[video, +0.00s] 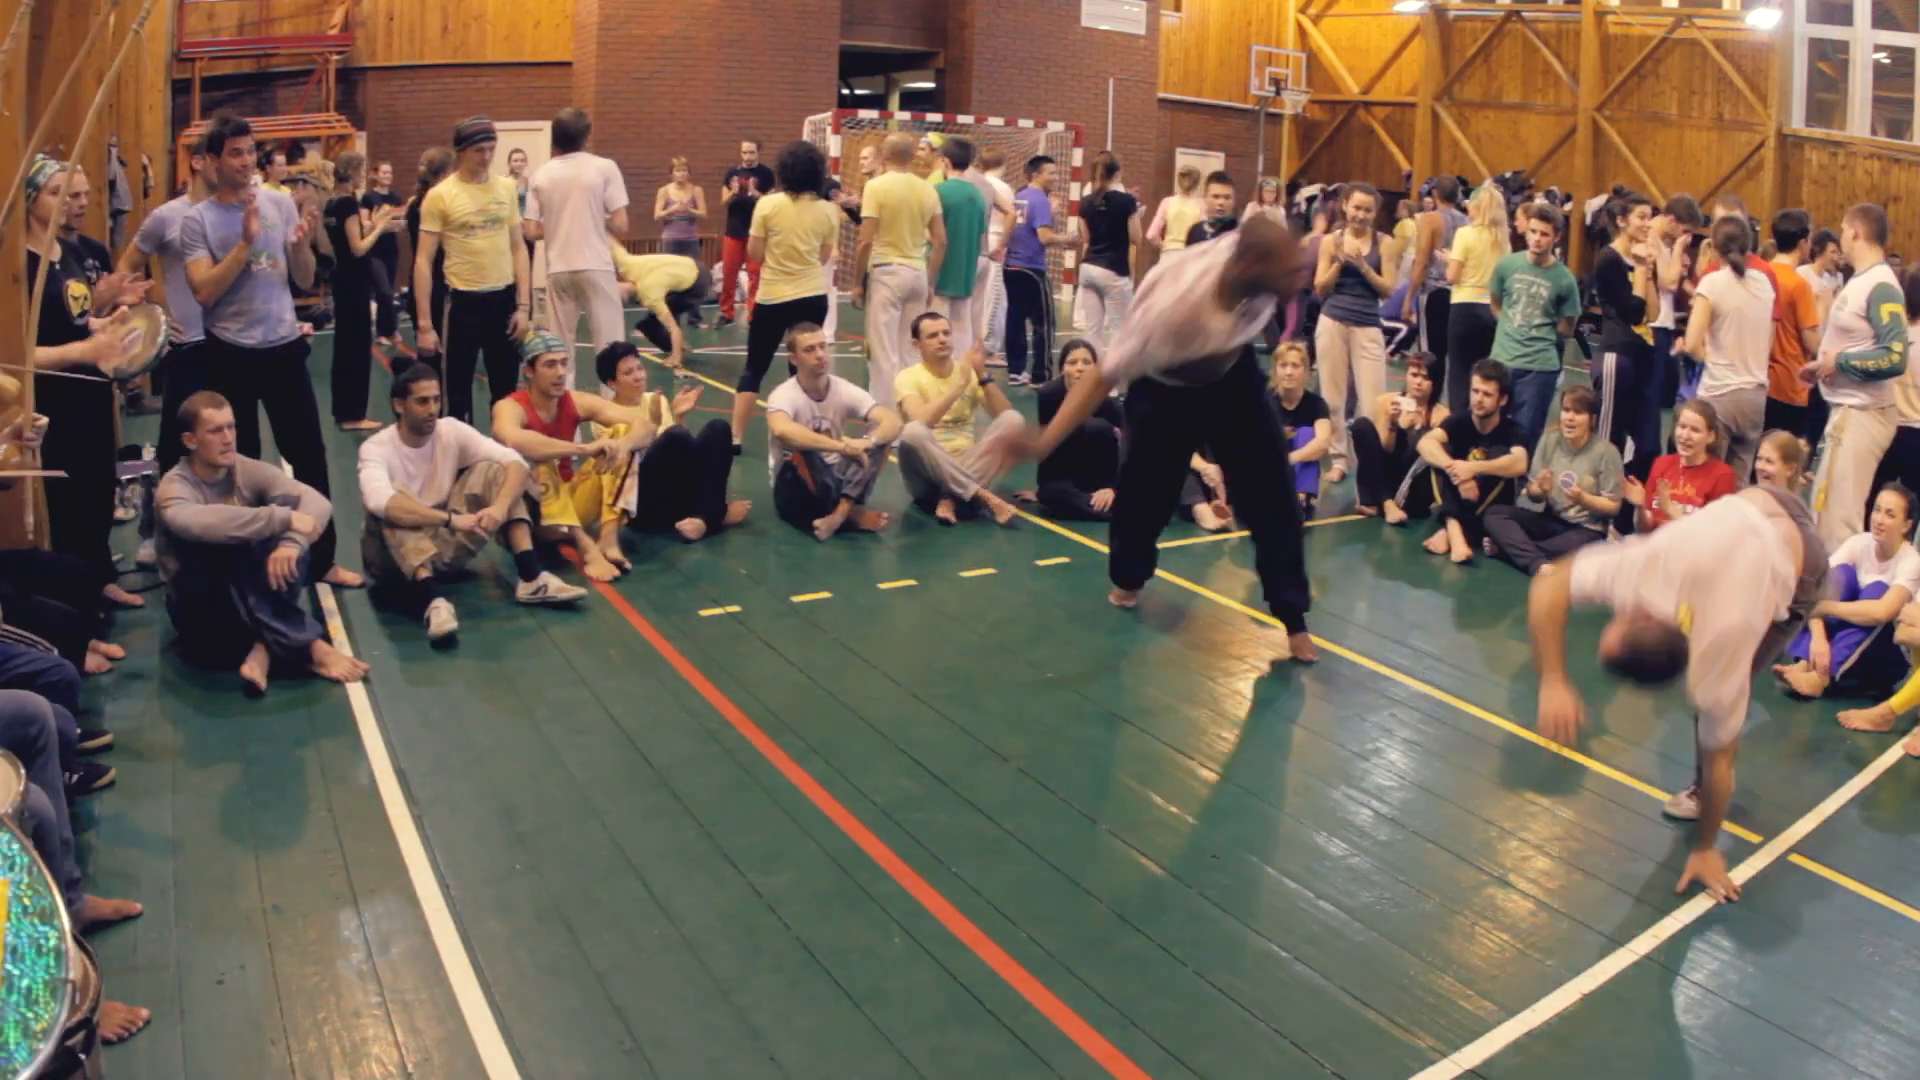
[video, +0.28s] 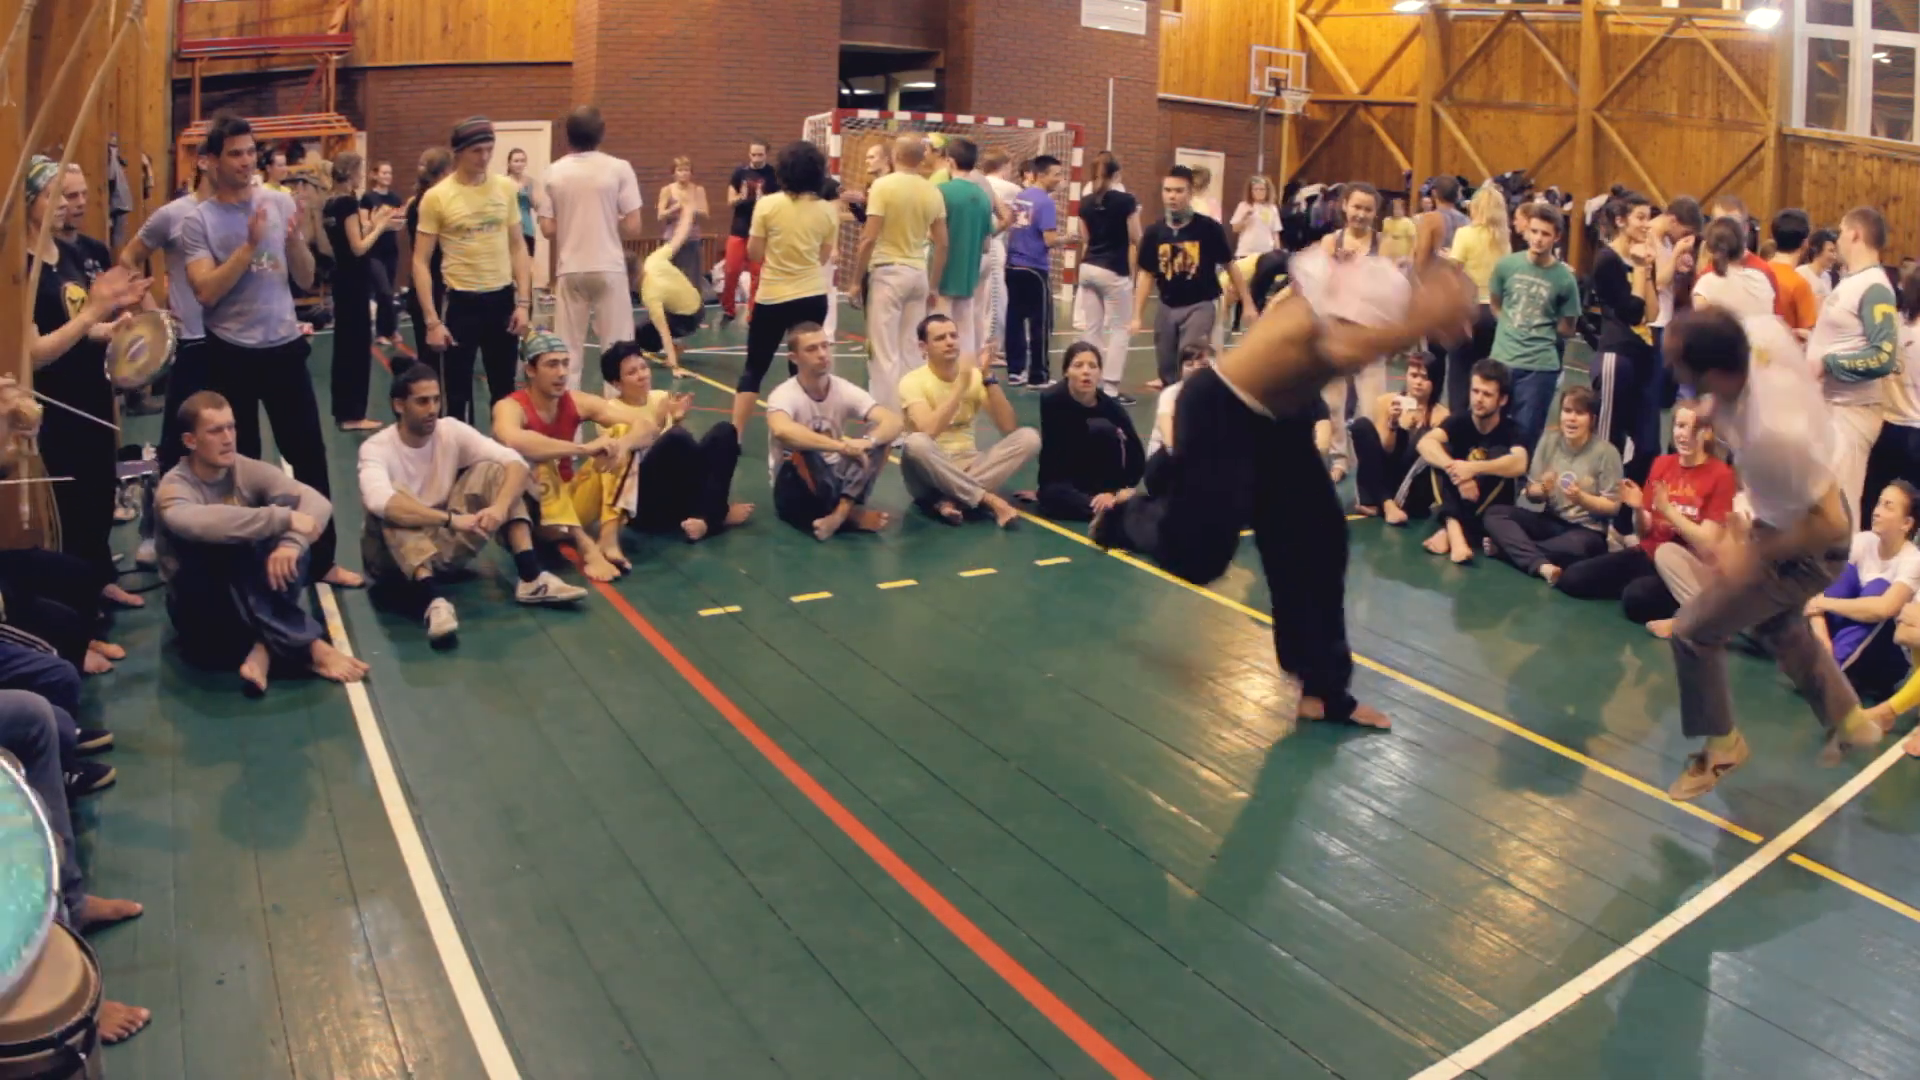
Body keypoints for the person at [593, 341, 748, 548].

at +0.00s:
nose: (638, 376)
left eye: (640, 368)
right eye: (628, 373)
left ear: (645, 369)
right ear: (612, 384)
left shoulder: (658, 403)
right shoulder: (604, 420)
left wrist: (678, 417)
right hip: (646, 512)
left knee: (719, 428)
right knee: (677, 438)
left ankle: (701, 516)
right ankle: (718, 514)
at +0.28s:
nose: (642, 375)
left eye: (643, 368)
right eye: (632, 372)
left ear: (649, 368)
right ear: (617, 384)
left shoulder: (661, 400)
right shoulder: (610, 413)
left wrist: (676, 419)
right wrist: (661, 420)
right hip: (646, 512)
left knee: (725, 431)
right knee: (676, 439)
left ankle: (702, 516)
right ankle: (720, 513)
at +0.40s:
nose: (645, 375)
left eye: (647, 367)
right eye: (635, 372)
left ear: (652, 368)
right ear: (619, 383)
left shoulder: (665, 400)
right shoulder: (613, 413)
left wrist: (677, 418)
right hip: (647, 512)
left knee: (727, 432)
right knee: (676, 440)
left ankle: (703, 518)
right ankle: (719, 513)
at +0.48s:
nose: (647, 376)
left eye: (649, 368)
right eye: (637, 372)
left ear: (655, 368)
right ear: (622, 382)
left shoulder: (667, 400)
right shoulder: (614, 412)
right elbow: (629, 470)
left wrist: (677, 427)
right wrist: (665, 430)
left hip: (684, 505)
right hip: (647, 512)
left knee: (729, 432)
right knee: (676, 444)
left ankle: (704, 517)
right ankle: (719, 514)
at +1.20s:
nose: (671, 374)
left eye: (675, 368)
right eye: (663, 368)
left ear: (680, 371)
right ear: (643, 375)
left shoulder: (685, 397)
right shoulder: (630, 408)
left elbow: (686, 447)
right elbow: (639, 463)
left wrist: (701, 437)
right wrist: (682, 440)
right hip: (649, 512)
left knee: (740, 438)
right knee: (675, 460)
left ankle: (708, 517)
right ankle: (721, 513)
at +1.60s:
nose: (681, 379)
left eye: (686, 373)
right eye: (673, 372)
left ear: (691, 376)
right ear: (654, 375)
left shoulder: (687, 400)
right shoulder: (641, 403)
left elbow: (684, 444)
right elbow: (649, 460)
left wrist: (708, 442)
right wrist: (699, 443)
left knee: (741, 439)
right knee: (674, 467)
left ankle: (710, 517)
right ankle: (722, 515)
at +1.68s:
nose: (683, 379)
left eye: (688, 373)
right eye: (675, 371)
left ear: (692, 375)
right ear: (656, 373)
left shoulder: (686, 400)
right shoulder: (643, 402)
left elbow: (685, 449)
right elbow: (653, 458)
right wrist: (710, 449)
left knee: (741, 439)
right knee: (672, 469)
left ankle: (710, 517)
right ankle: (722, 513)